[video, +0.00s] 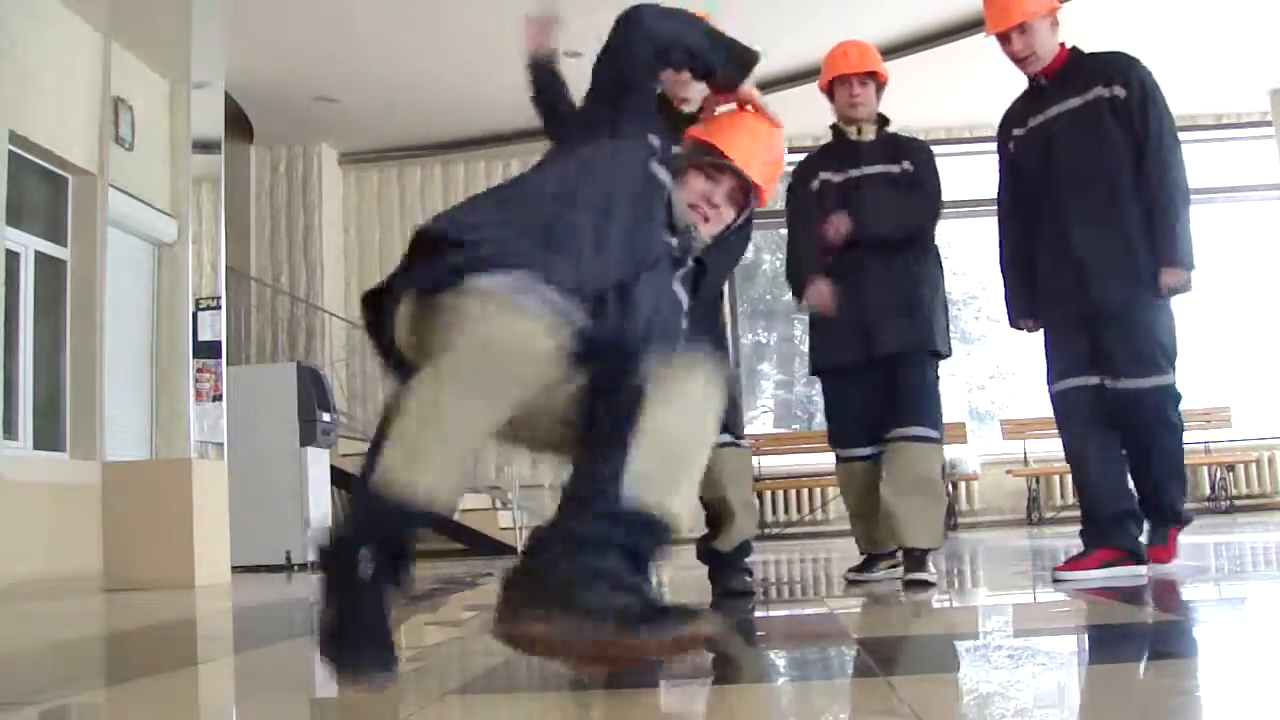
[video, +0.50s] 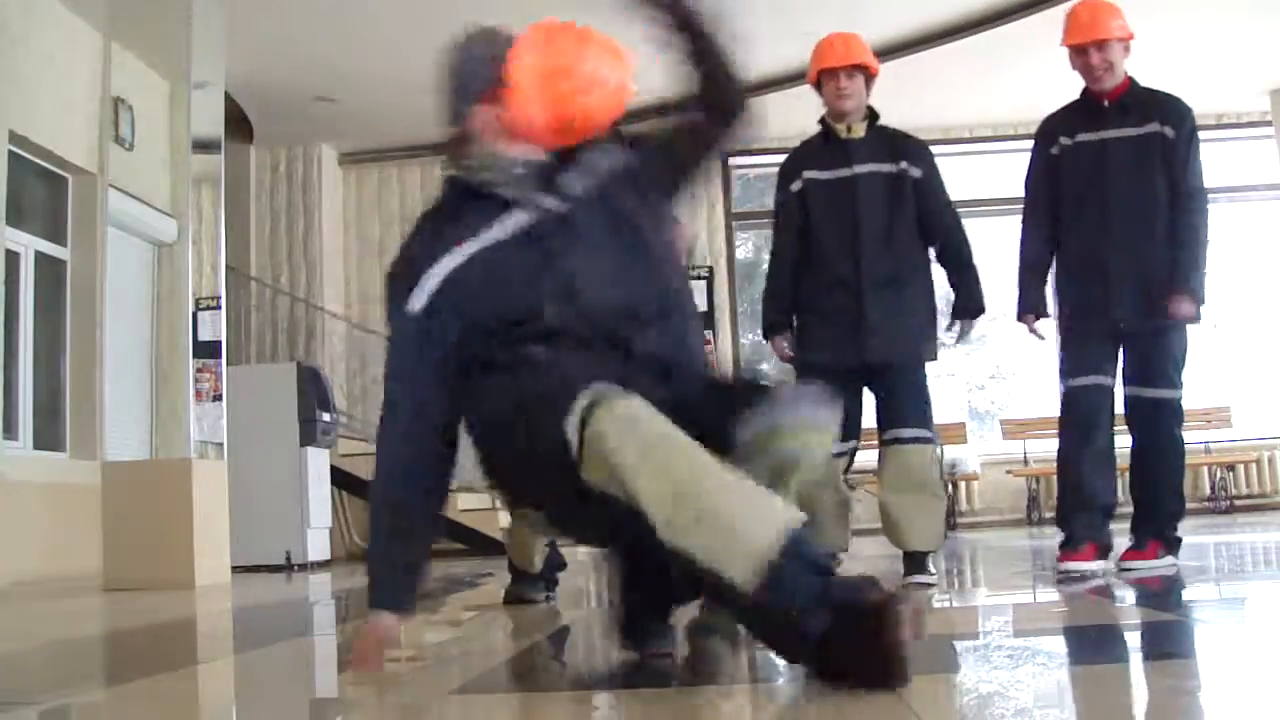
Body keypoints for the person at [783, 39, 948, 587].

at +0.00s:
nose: (855, 94)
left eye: (865, 83)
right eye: (844, 86)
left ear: (880, 90)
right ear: (829, 95)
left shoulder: (911, 151)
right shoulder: (811, 170)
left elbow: (922, 215)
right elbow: (799, 238)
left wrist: (853, 218)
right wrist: (809, 278)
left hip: (908, 317)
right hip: (840, 323)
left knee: (914, 432)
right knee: (855, 439)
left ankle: (916, 549)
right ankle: (877, 549)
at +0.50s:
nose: (843, 85)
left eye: (852, 74)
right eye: (831, 77)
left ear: (870, 80)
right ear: (817, 87)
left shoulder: (908, 152)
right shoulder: (799, 165)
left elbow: (945, 229)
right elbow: (785, 249)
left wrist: (968, 297)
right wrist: (775, 319)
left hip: (898, 329)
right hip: (824, 334)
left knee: (911, 446)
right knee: (822, 452)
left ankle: (919, 552)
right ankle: (819, 557)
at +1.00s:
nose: (796, 108)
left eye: (805, 97)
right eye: (784, 100)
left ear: (820, 100)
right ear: (770, 107)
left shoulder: (859, 160)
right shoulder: (754, 179)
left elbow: (887, 228)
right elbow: (744, 256)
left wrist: (875, 286)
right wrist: (727, 311)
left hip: (860, 333)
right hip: (792, 341)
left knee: (887, 449)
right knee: (807, 458)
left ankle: (904, 550)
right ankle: (819, 557)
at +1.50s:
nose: (817, 125)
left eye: (826, 115)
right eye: (806, 117)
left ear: (842, 120)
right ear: (794, 125)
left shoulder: (874, 188)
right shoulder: (774, 193)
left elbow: (901, 261)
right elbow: (759, 272)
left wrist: (909, 319)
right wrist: (753, 338)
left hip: (865, 344)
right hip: (798, 347)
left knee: (865, 451)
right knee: (811, 450)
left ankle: (861, 549)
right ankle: (824, 551)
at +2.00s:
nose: (825, 129)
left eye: (835, 119)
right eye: (816, 121)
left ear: (851, 125)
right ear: (804, 129)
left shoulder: (874, 192)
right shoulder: (787, 192)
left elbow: (896, 264)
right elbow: (772, 264)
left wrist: (905, 326)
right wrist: (775, 322)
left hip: (865, 341)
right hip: (805, 342)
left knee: (863, 448)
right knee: (808, 447)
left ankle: (857, 547)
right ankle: (813, 548)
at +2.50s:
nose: (797, 136)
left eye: (806, 126)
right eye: (790, 128)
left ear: (827, 129)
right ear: (782, 134)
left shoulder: (861, 194)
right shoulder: (766, 196)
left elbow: (888, 258)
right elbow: (745, 268)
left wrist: (900, 314)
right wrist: (745, 329)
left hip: (851, 346)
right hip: (785, 348)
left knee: (856, 453)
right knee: (773, 453)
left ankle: (857, 549)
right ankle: (760, 549)